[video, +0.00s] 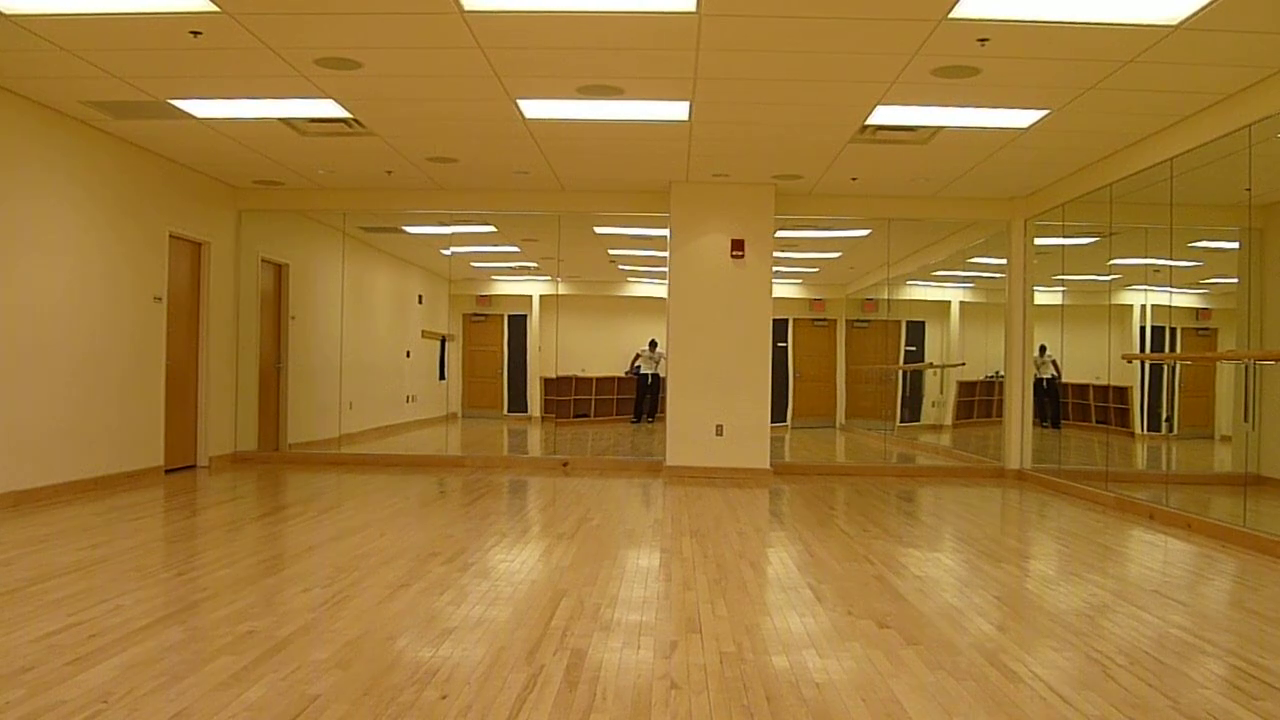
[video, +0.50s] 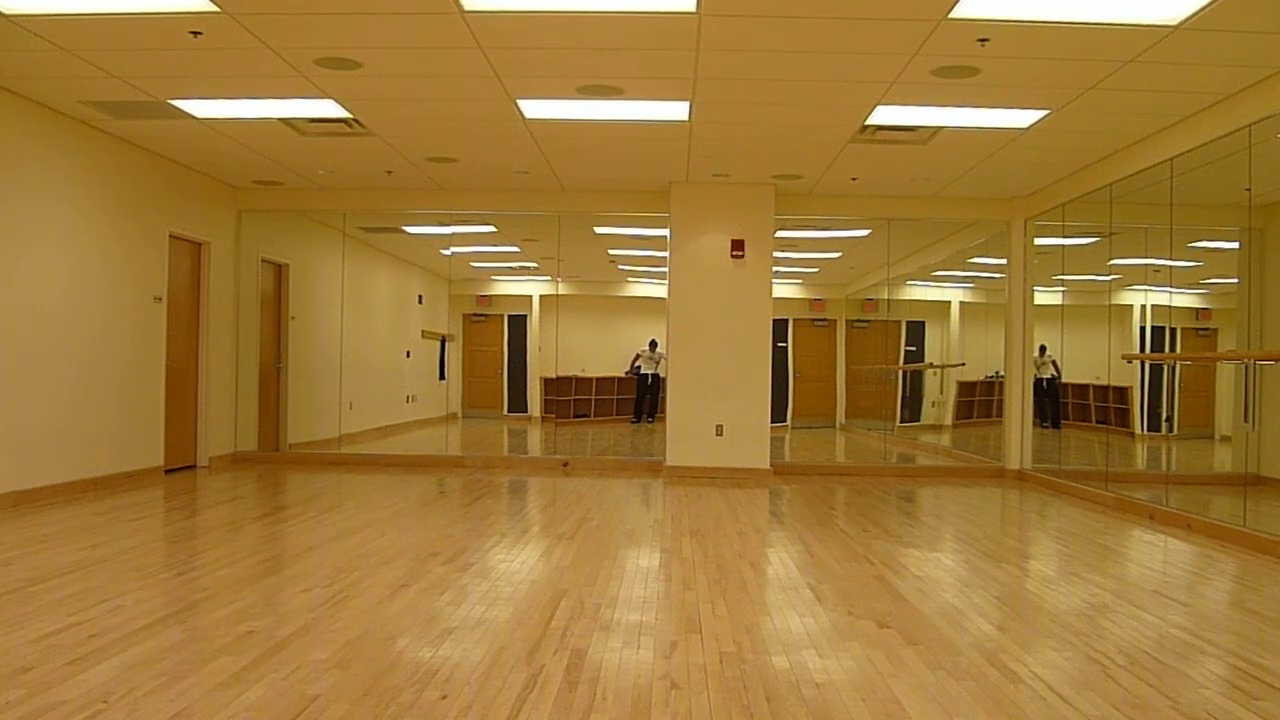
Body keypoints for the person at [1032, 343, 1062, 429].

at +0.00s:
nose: (1042, 353)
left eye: (1043, 351)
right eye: (1041, 351)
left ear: (1046, 351)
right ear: (1039, 351)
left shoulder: (1050, 358)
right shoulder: (1035, 359)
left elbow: (1056, 368)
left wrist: (1059, 376)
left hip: (1050, 378)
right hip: (1040, 378)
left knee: (1054, 400)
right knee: (1040, 400)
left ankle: (1055, 421)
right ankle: (1043, 420)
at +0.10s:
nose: (1042, 353)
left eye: (1043, 351)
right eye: (1041, 351)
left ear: (1046, 351)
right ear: (1039, 351)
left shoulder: (1050, 358)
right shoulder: (1035, 359)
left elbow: (1056, 367)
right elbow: (1034, 368)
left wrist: (1059, 376)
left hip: (1050, 378)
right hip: (1039, 378)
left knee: (1054, 400)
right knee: (1040, 400)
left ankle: (1055, 421)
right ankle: (1043, 420)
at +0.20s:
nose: (1042, 353)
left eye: (1043, 351)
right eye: (1041, 350)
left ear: (1046, 351)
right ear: (1039, 351)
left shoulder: (1050, 358)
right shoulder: (1035, 359)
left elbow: (1056, 368)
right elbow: (1033, 369)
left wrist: (1059, 376)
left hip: (1050, 378)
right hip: (1039, 378)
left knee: (1054, 400)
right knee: (1040, 400)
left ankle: (1055, 421)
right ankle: (1043, 421)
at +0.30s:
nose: (1042, 353)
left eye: (1043, 351)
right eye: (1041, 350)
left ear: (1045, 351)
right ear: (1039, 351)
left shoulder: (1050, 358)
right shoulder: (1035, 359)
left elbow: (1056, 368)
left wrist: (1059, 376)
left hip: (1050, 378)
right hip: (1039, 378)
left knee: (1054, 400)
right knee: (1040, 401)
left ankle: (1055, 421)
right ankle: (1043, 421)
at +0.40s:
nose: (1042, 353)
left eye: (1043, 351)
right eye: (1041, 350)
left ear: (1045, 351)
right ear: (1039, 351)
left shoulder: (1050, 358)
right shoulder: (1035, 359)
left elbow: (1056, 367)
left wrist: (1059, 376)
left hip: (1050, 378)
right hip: (1039, 378)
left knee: (1054, 400)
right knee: (1040, 401)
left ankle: (1055, 421)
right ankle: (1043, 421)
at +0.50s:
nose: (1042, 353)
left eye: (1043, 351)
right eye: (1041, 350)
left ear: (1045, 351)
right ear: (1039, 351)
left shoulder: (1050, 358)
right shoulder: (1035, 359)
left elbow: (1056, 367)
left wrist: (1059, 376)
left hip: (1050, 378)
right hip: (1039, 378)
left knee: (1054, 400)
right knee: (1040, 401)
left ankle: (1055, 421)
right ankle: (1043, 421)